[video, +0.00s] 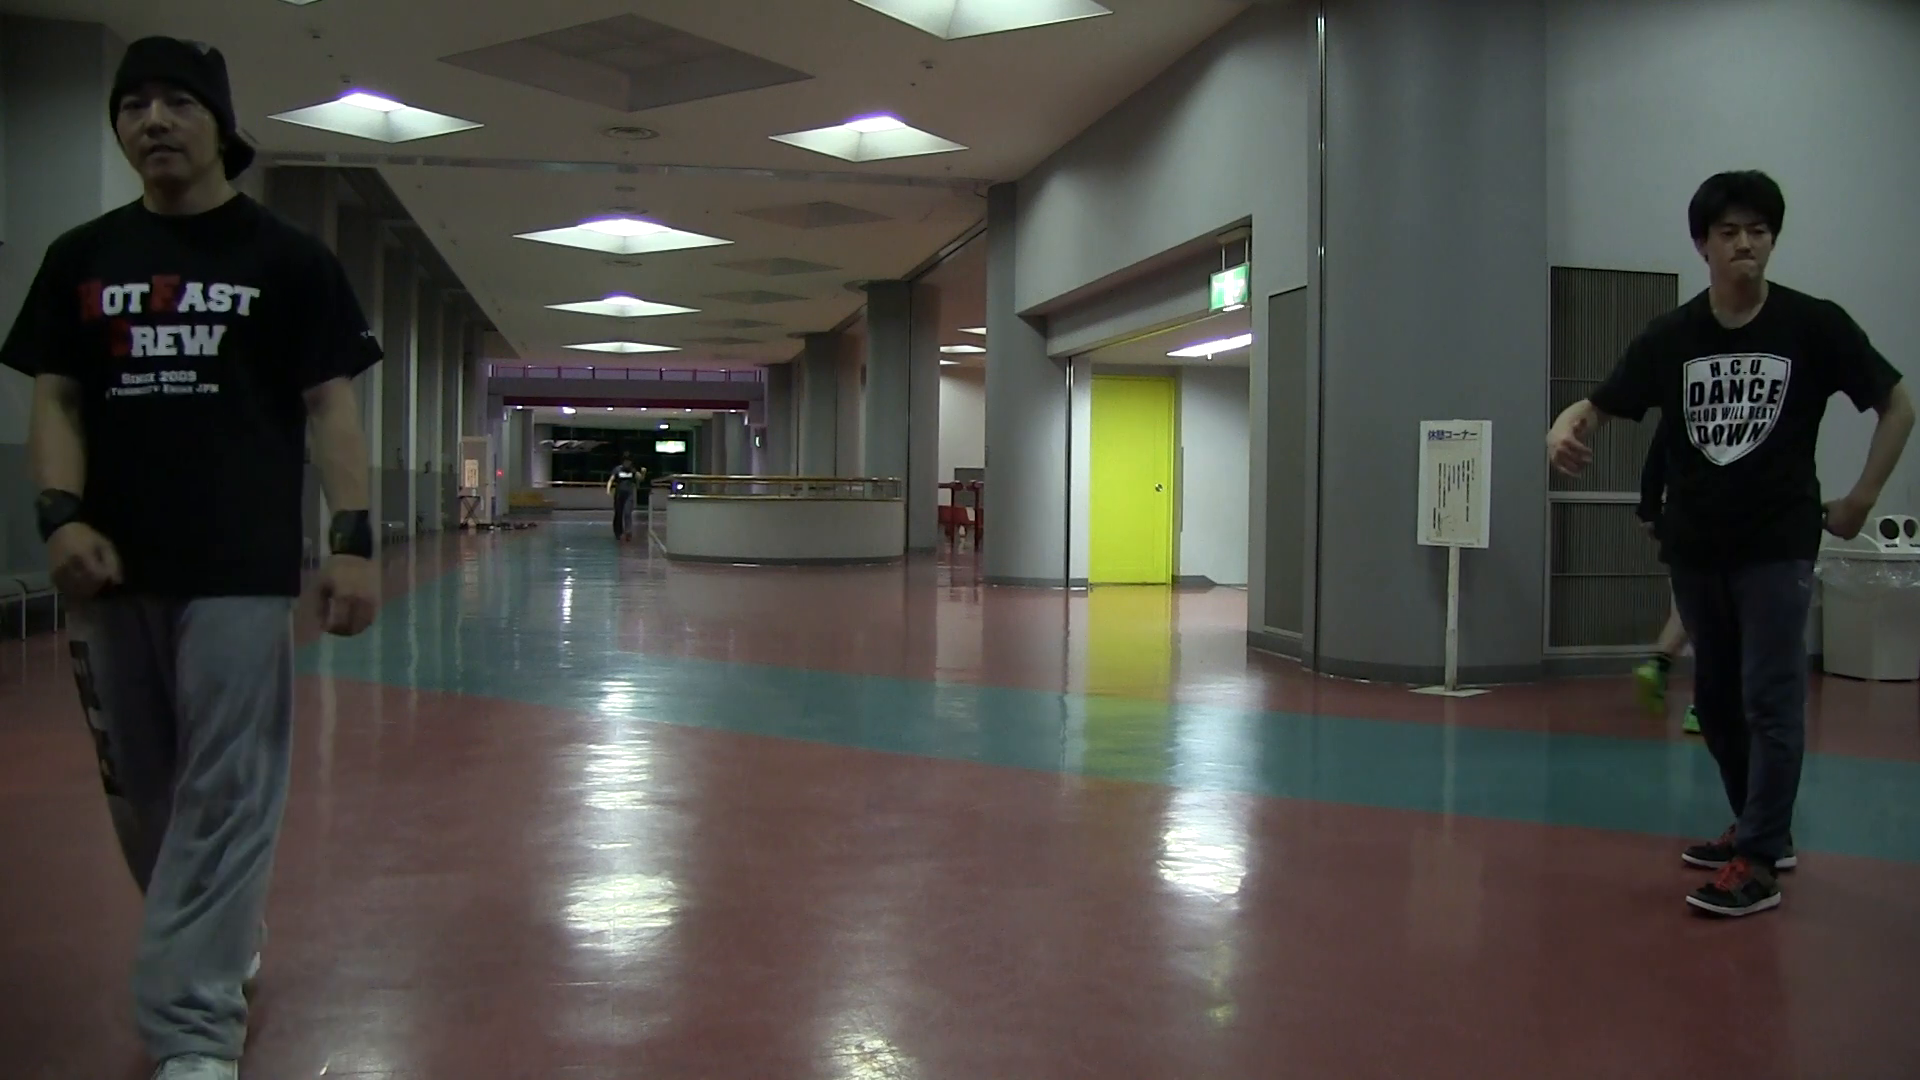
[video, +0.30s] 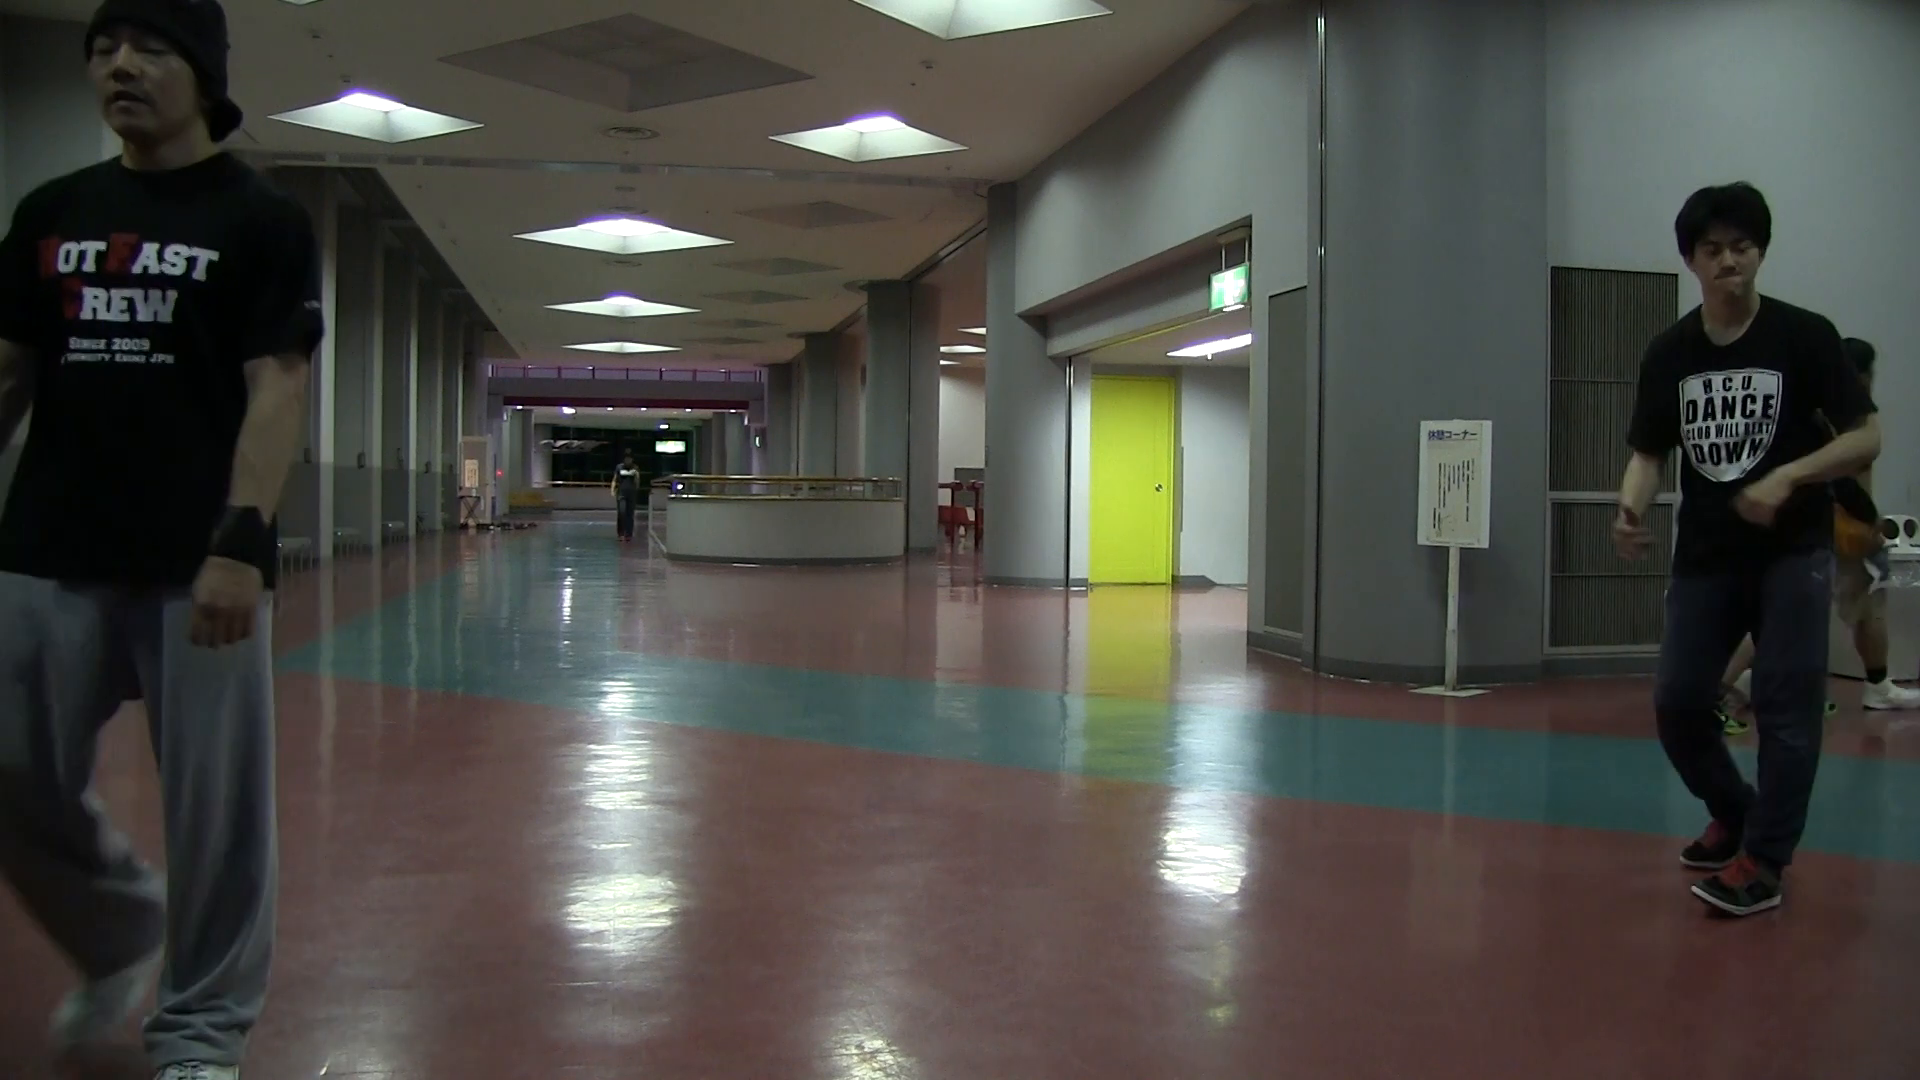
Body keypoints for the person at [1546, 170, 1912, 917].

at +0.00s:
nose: (1745, 242)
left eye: (1758, 230)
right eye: (1729, 230)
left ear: (1774, 241)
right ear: (1702, 243)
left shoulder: (1815, 326)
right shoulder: (1668, 337)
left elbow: (1897, 404)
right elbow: (1598, 406)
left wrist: (1862, 498)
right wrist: (1564, 428)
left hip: (1779, 542)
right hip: (1697, 546)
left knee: (1769, 697)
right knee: (1716, 699)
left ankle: (1758, 865)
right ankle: (1757, 828)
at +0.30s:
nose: (1727, 260)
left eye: (1740, 246)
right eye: (1712, 249)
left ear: (1762, 253)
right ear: (1690, 260)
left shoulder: (1807, 337)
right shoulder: (1668, 353)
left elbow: (1866, 436)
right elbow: (1648, 450)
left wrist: (1787, 475)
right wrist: (1631, 508)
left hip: (1793, 552)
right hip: (1707, 555)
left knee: (1788, 703)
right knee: (1677, 702)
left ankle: (1765, 865)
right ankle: (1736, 811)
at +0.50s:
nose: (1707, 277)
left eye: (1721, 262)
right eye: (1692, 264)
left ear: (1748, 262)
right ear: (1675, 270)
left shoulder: (1795, 344)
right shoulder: (1663, 361)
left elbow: (1830, 453)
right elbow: (1651, 461)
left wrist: (1733, 469)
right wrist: (1651, 525)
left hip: (1796, 560)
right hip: (1711, 563)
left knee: (1795, 708)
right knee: (1696, 706)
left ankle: (1767, 862)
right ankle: (1737, 812)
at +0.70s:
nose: (1685, 289)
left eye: (1699, 272)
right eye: (1672, 277)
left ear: (1734, 269)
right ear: (1661, 281)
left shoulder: (1793, 345)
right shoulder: (1665, 369)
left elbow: (1812, 458)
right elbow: (1650, 467)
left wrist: (1721, 461)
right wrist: (1636, 505)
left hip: (1781, 548)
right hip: (1701, 549)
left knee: (1750, 690)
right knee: (1696, 692)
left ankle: (1755, 864)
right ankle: (1743, 821)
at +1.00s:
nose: (1679, 291)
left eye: (1691, 274)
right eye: (1667, 280)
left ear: (1728, 272)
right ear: (1658, 287)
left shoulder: (1790, 342)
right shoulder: (1663, 375)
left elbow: (1795, 457)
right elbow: (1679, 472)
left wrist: (1689, 465)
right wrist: (1649, 505)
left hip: (1784, 551)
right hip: (1705, 554)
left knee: (1752, 690)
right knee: (1704, 696)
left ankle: (1757, 862)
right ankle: (1742, 824)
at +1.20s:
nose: (1675, 286)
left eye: (1689, 270)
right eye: (1662, 275)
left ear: (1723, 271)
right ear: (1653, 285)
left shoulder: (1780, 339)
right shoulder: (1658, 377)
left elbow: (1763, 449)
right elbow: (1681, 469)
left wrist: (1662, 474)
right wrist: (1675, 500)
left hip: (1800, 541)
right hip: (1719, 545)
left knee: (1779, 699)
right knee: (1698, 699)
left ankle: (1761, 861)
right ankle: (1726, 811)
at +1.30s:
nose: (1672, 291)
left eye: (1685, 275)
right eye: (1658, 280)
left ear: (1720, 275)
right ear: (1649, 290)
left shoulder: (1777, 342)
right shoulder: (1657, 380)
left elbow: (1760, 453)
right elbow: (1677, 471)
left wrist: (1659, 480)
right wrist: (1676, 506)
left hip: (1802, 546)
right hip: (1720, 550)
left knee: (1777, 699)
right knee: (1701, 697)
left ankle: (1759, 864)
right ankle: (1714, 806)